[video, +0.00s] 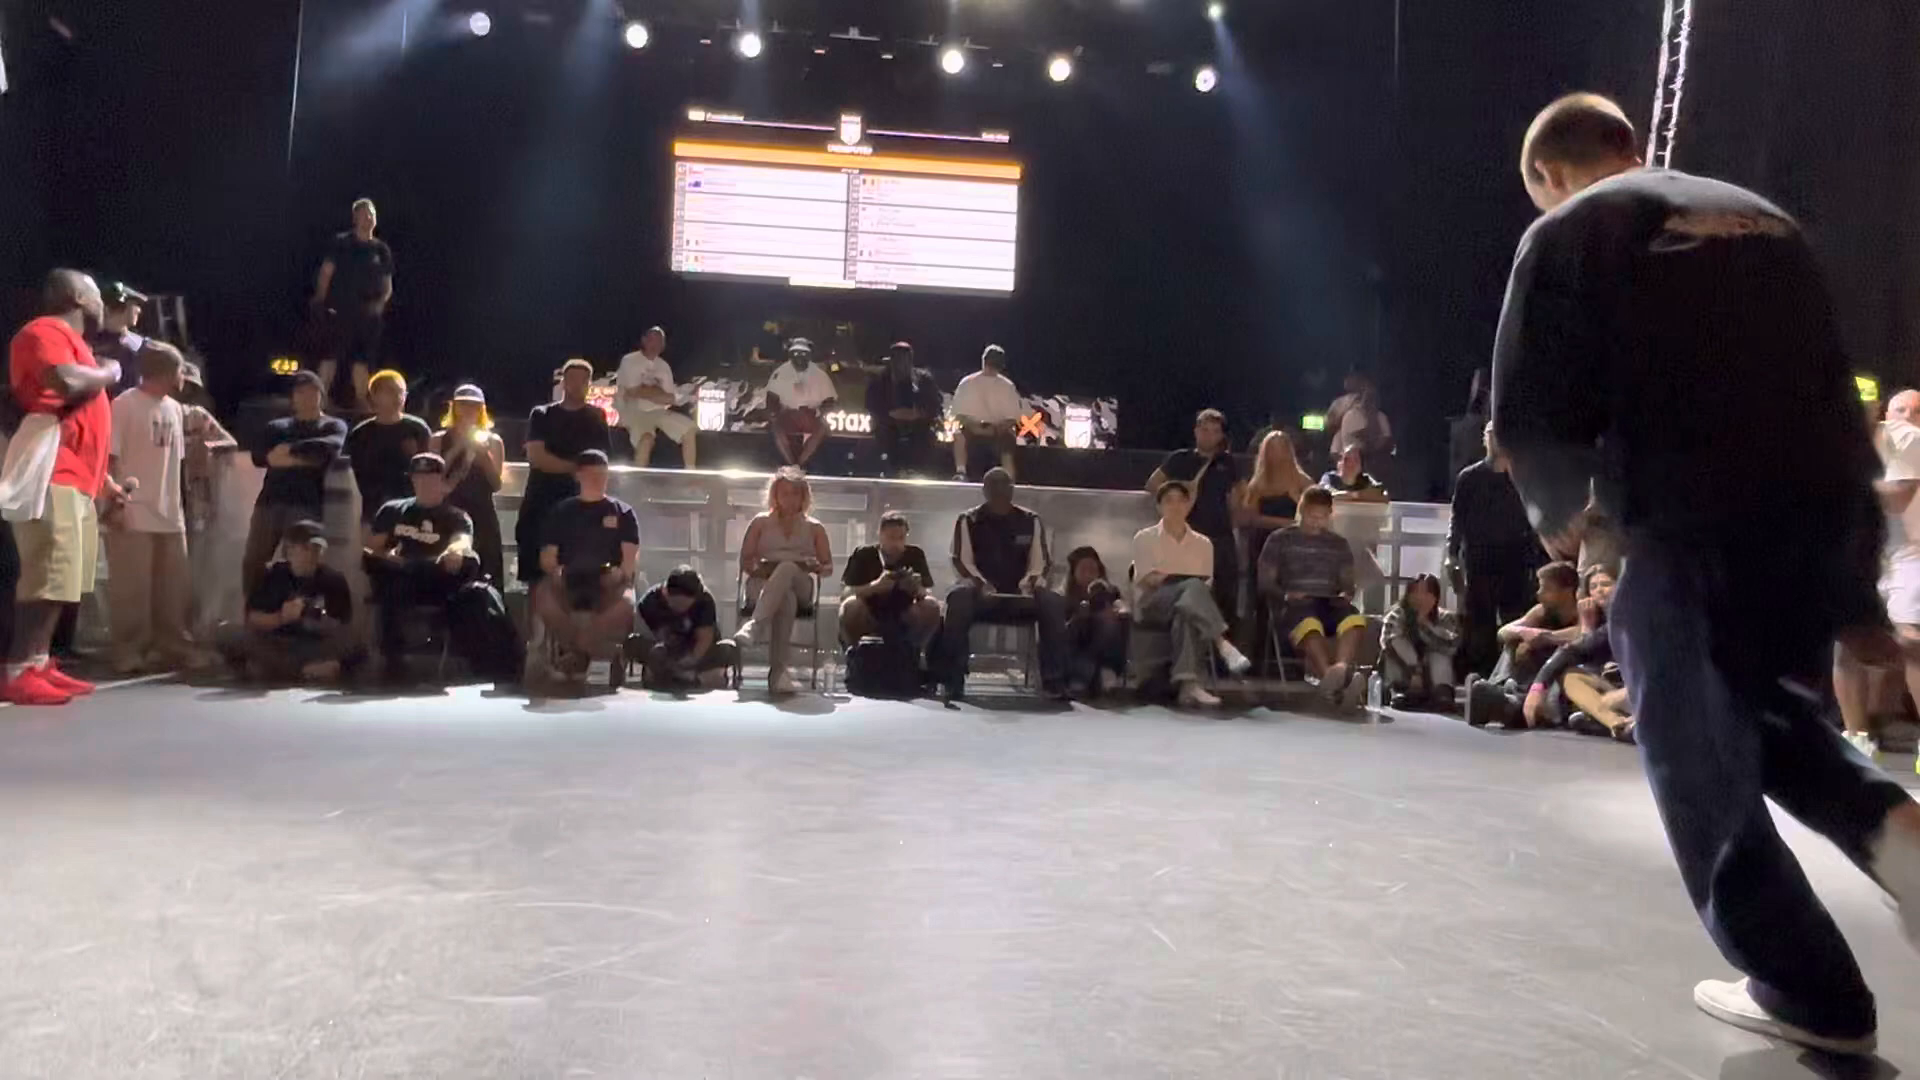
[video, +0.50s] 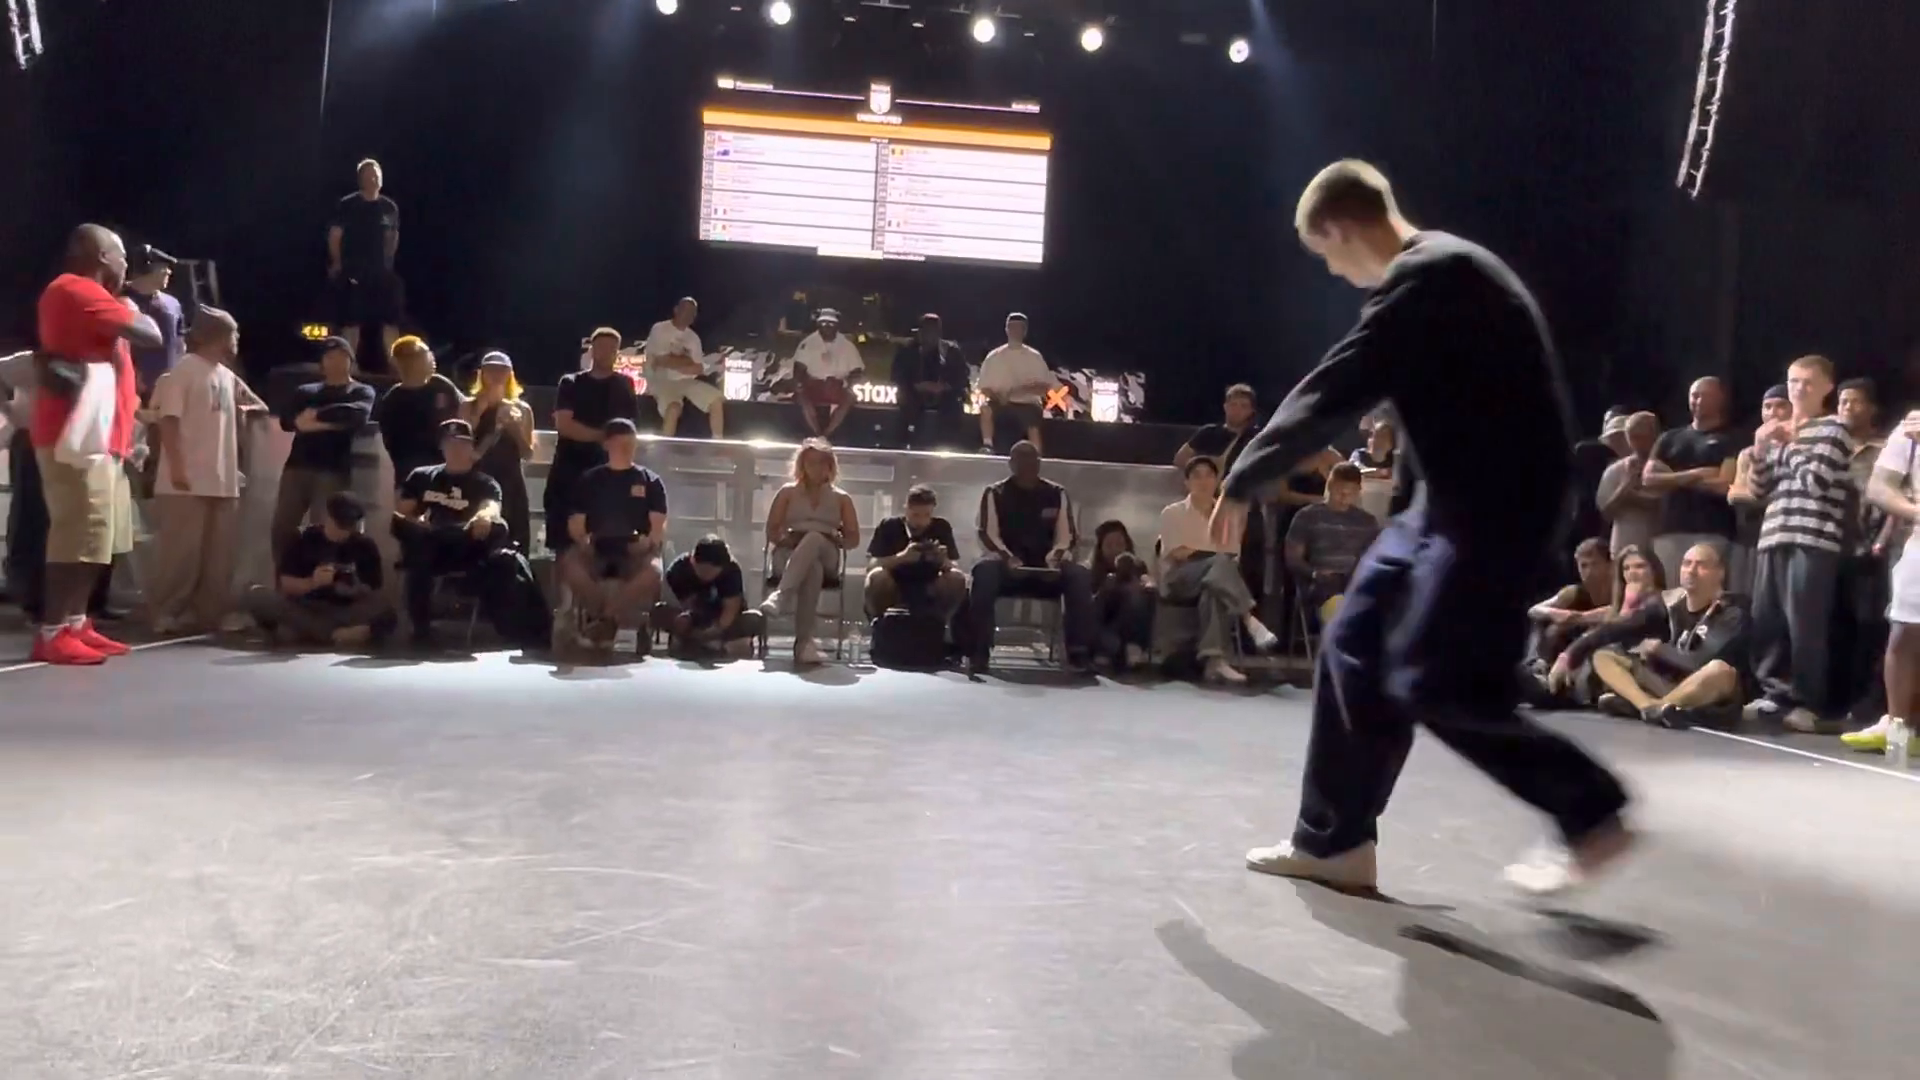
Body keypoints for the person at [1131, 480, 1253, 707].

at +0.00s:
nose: (1175, 506)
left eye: (1180, 501)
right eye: (1168, 501)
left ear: (1189, 506)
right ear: (1160, 507)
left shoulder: (1203, 544)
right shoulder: (1145, 538)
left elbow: (1204, 583)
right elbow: (1148, 581)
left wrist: (1165, 578)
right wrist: (1191, 580)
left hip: (1191, 605)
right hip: (1152, 605)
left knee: (1185, 613)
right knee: (1193, 587)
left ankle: (1190, 685)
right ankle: (1224, 645)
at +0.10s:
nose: (1181, 500)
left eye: (1186, 494)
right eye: (1175, 494)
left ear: (1195, 499)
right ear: (1166, 500)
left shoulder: (1210, 537)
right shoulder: (1152, 531)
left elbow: (1210, 577)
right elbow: (1156, 574)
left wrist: (1171, 571)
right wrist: (1200, 573)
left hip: (1198, 598)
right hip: (1159, 598)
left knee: (1192, 607)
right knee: (1199, 580)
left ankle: (1196, 679)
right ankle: (1230, 638)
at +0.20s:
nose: (1187, 493)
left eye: (1193, 487)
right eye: (1180, 487)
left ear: (1201, 493)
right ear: (1172, 494)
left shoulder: (1216, 531)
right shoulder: (1157, 525)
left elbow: (1215, 571)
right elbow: (1162, 567)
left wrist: (1176, 566)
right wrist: (1205, 568)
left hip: (1203, 594)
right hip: (1164, 594)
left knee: (1197, 603)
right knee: (1205, 573)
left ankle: (1200, 673)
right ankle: (1235, 632)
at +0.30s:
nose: (1192, 489)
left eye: (1198, 483)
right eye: (1185, 484)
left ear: (1206, 488)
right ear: (1176, 490)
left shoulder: (1220, 527)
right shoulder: (1161, 521)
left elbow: (1220, 567)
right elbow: (1166, 563)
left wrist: (1181, 561)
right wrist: (1209, 563)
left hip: (1208, 589)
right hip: (1169, 589)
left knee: (1202, 598)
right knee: (1210, 570)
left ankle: (1206, 668)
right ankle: (1240, 628)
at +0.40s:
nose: (1197, 484)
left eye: (1203, 479)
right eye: (1191, 479)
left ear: (1211, 485)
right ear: (1182, 486)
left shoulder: (1226, 522)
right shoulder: (1167, 516)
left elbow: (1226, 562)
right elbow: (1173, 558)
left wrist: (1186, 557)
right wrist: (1216, 559)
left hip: (1213, 584)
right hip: (1174, 584)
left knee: (1207, 595)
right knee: (1215, 565)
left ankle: (1211, 665)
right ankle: (1245, 624)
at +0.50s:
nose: (1203, 481)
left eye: (1208, 475)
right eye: (1196, 476)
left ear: (1216, 481)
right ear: (1188, 483)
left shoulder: (1227, 514)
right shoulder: (1173, 513)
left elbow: (1231, 556)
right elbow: (1177, 555)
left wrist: (1192, 553)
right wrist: (1221, 555)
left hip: (1218, 577)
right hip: (1178, 578)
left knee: (1212, 592)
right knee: (1221, 562)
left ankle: (1215, 661)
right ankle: (1250, 620)